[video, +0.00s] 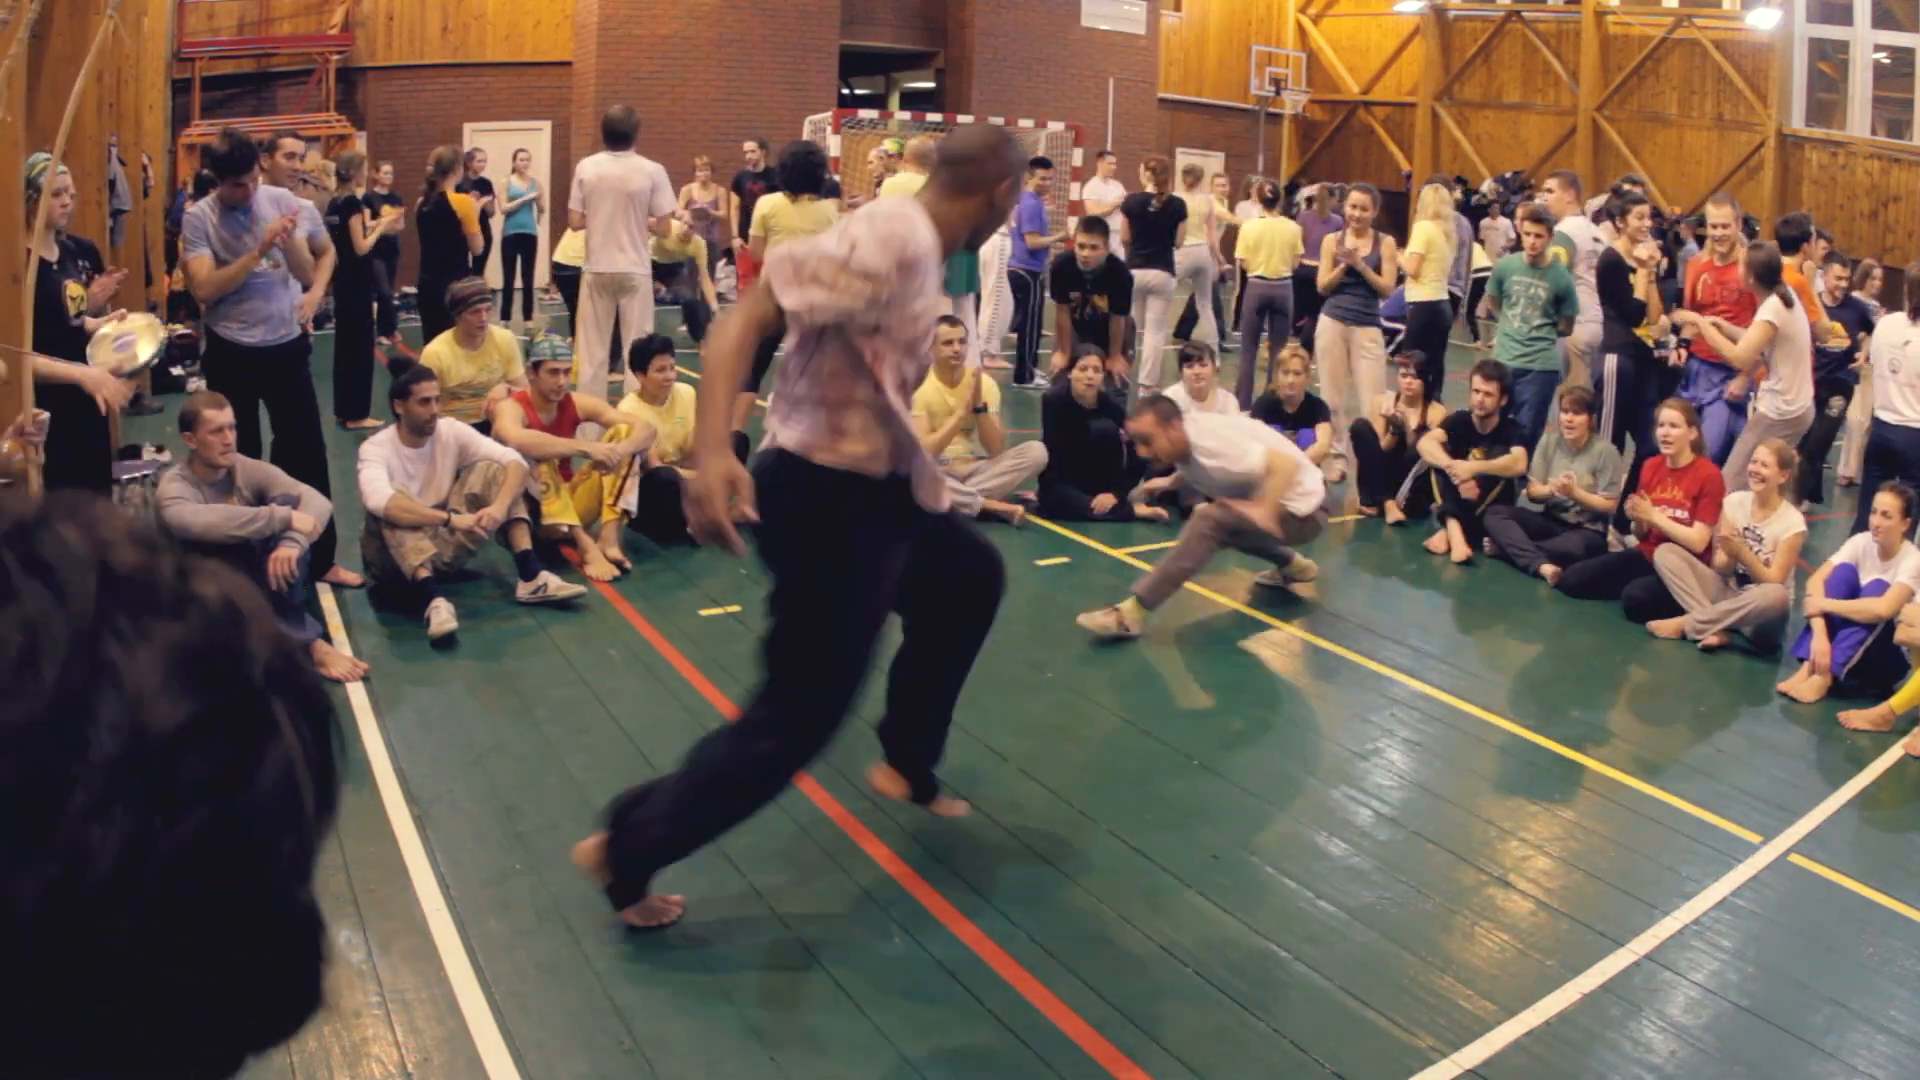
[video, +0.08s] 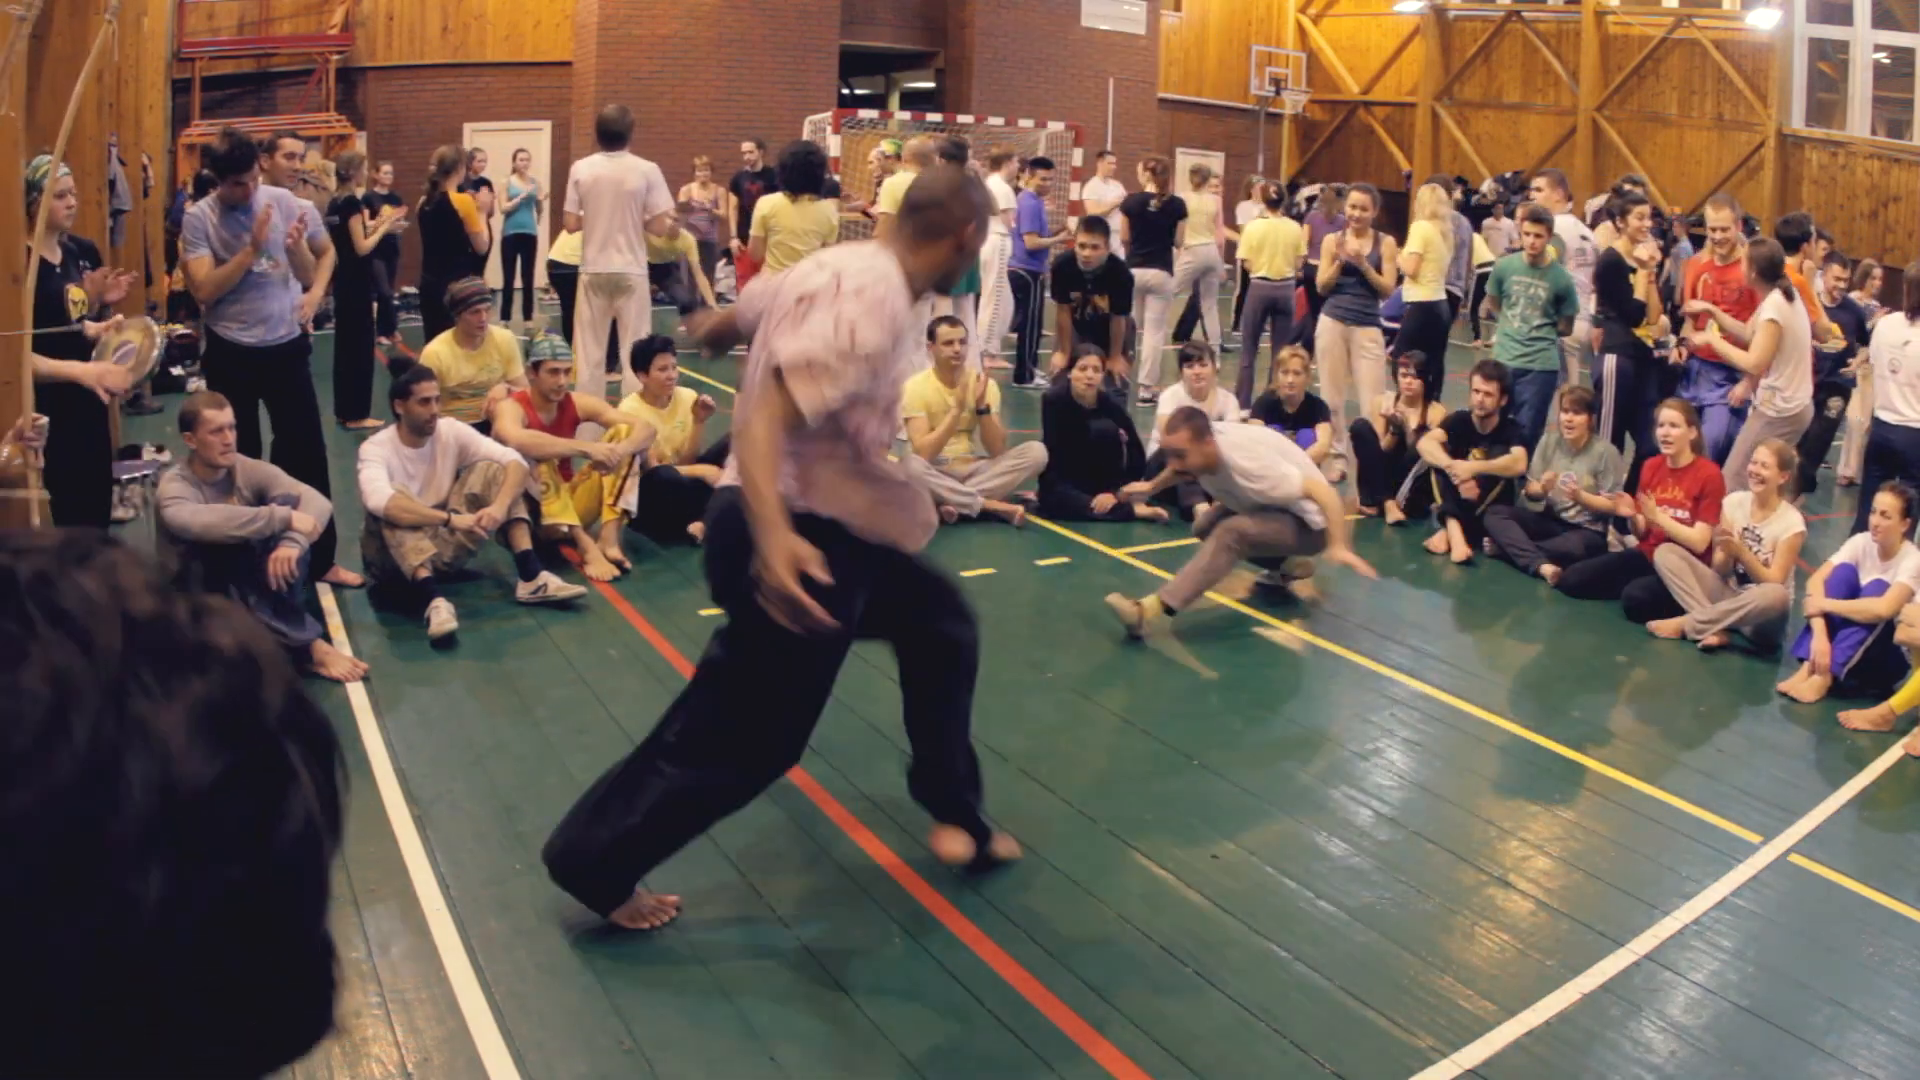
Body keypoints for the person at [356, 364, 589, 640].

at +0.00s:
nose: (434, 410)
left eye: (436, 401)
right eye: (424, 402)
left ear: (441, 400)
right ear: (398, 406)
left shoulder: (450, 430)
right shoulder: (375, 449)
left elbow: (516, 463)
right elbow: (380, 502)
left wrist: (500, 508)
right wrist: (449, 519)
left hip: (449, 546)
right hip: (398, 553)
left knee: (492, 470)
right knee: (395, 499)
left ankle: (532, 576)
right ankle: (435, 601)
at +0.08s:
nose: (434, 410)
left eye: (437, 401)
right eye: (424, 402)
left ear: (441, 400)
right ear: (398, 406)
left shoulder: (450, 430)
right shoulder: (375, 449)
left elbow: (516, 463)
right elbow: (380, 502)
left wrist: (500, 508)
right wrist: (449, 519)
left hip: (449, 546)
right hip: (399, 552)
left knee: (493, 470)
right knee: (395, 500)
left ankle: (532, 576)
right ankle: (434, 601)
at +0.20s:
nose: (434, 410)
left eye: (437, 401)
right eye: (424, 403)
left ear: (441, 400)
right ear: (399, 406)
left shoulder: (450, 430)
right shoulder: (375, 449)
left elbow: (517, 462)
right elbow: (380, 502)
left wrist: (500, 507)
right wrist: (449, 519)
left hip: (449, 545)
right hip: (399, 550)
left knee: (492, 469)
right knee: (394, 499)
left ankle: (532, 576)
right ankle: (435, 601)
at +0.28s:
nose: (434, 411)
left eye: (437, 402)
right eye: (424, 404)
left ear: (441, 400)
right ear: (399, 406)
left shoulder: (450, 430)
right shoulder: (375, 449)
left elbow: (517, 462)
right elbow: (381, 502)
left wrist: (500, 508)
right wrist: (449, 519)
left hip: (449, 544)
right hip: (399, 550)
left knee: (500, 467)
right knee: (395, 499)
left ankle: (532, 576)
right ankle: (435, 601)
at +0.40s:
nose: (434, 411)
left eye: (437, 402)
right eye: (424, 404)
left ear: (441, 400)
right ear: (399, 407)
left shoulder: (450, 431)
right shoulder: (375, 449)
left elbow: (516, 464)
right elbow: (380, 502)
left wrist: (500, 508)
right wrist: (449, 519)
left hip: (449, 546)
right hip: (398, 551)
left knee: (492, 470)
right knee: (395, 499)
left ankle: (532, 576)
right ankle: (435, 602)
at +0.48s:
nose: (434, 411)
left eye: (437, 402)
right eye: (424, 404)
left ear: (441, 401)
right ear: (399, 407)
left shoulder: (450, 431)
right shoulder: (375, 449)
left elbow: (516, 463)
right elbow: (380, 502)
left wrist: (500, 508)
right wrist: (449, 519)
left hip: (449, 546)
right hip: (398, 551)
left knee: (492, 469)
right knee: (395, 499)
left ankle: (532, 576)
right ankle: (435, 601)